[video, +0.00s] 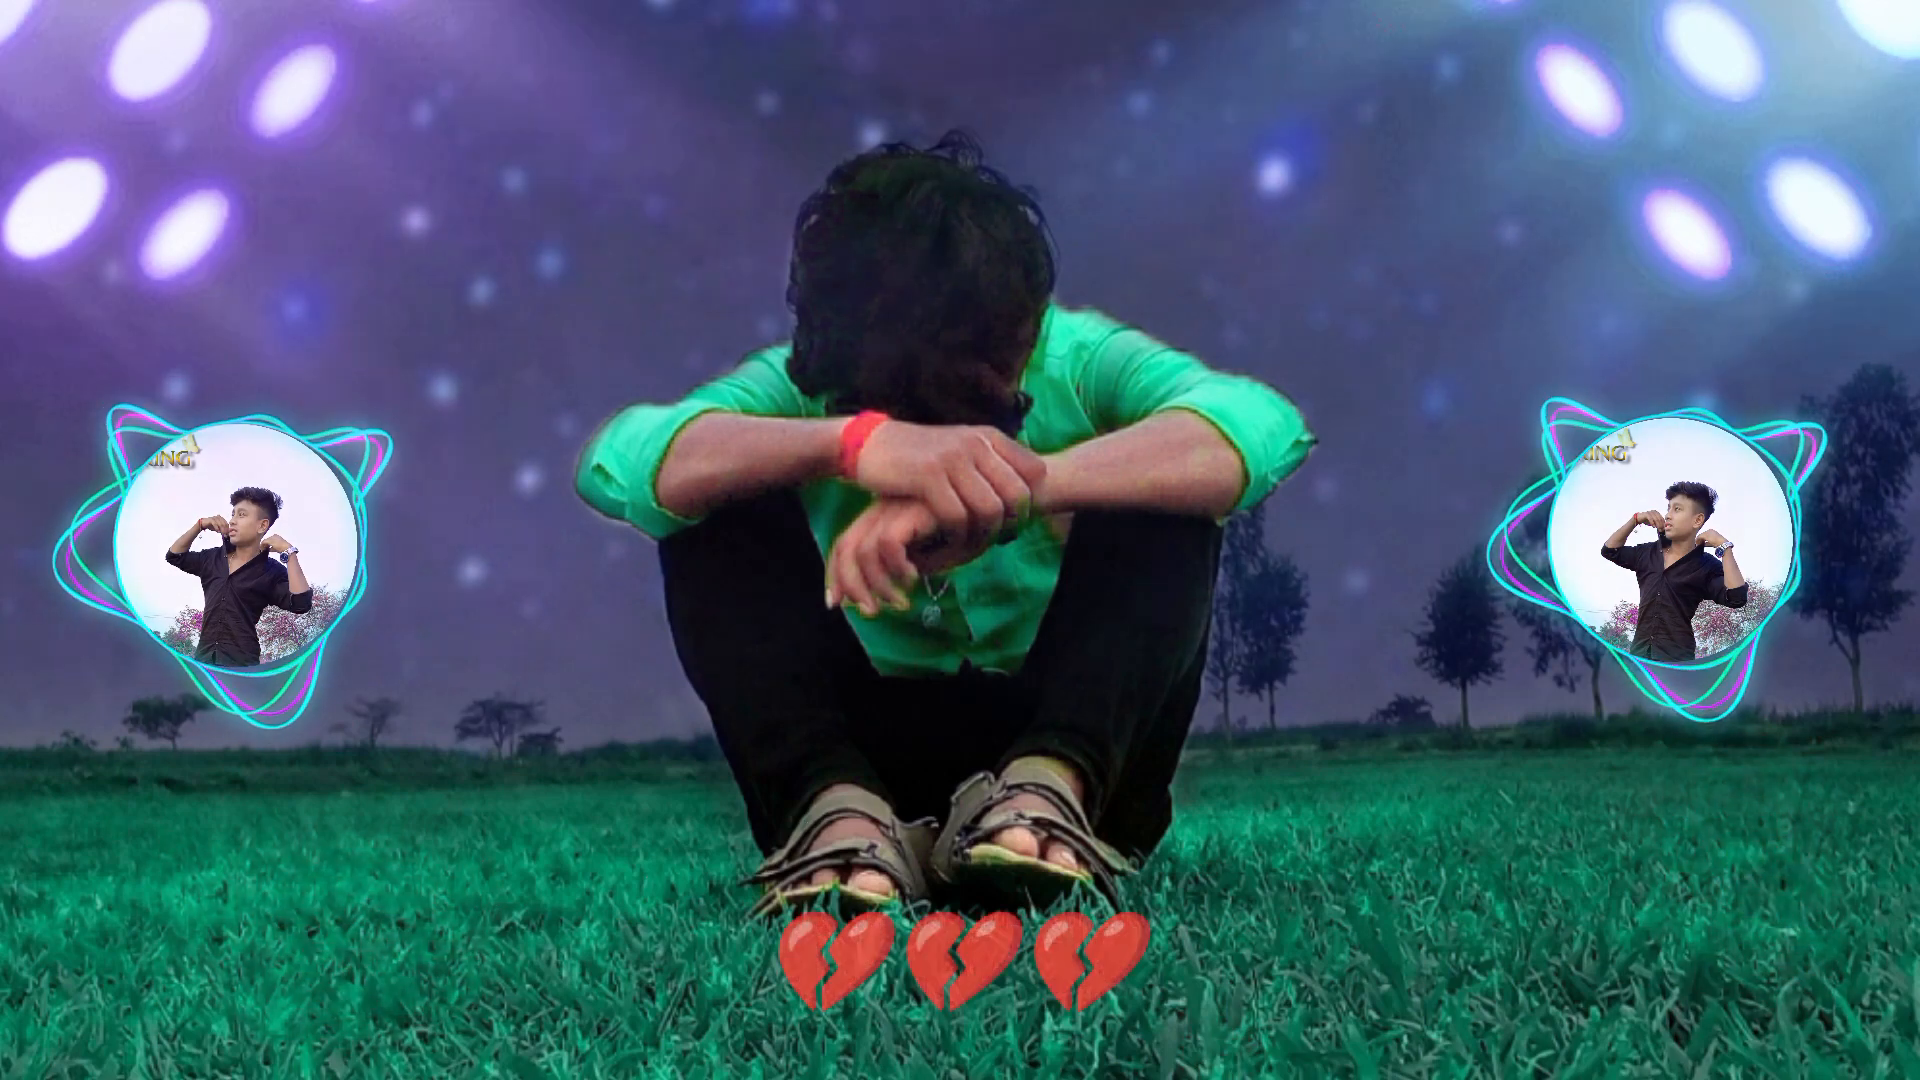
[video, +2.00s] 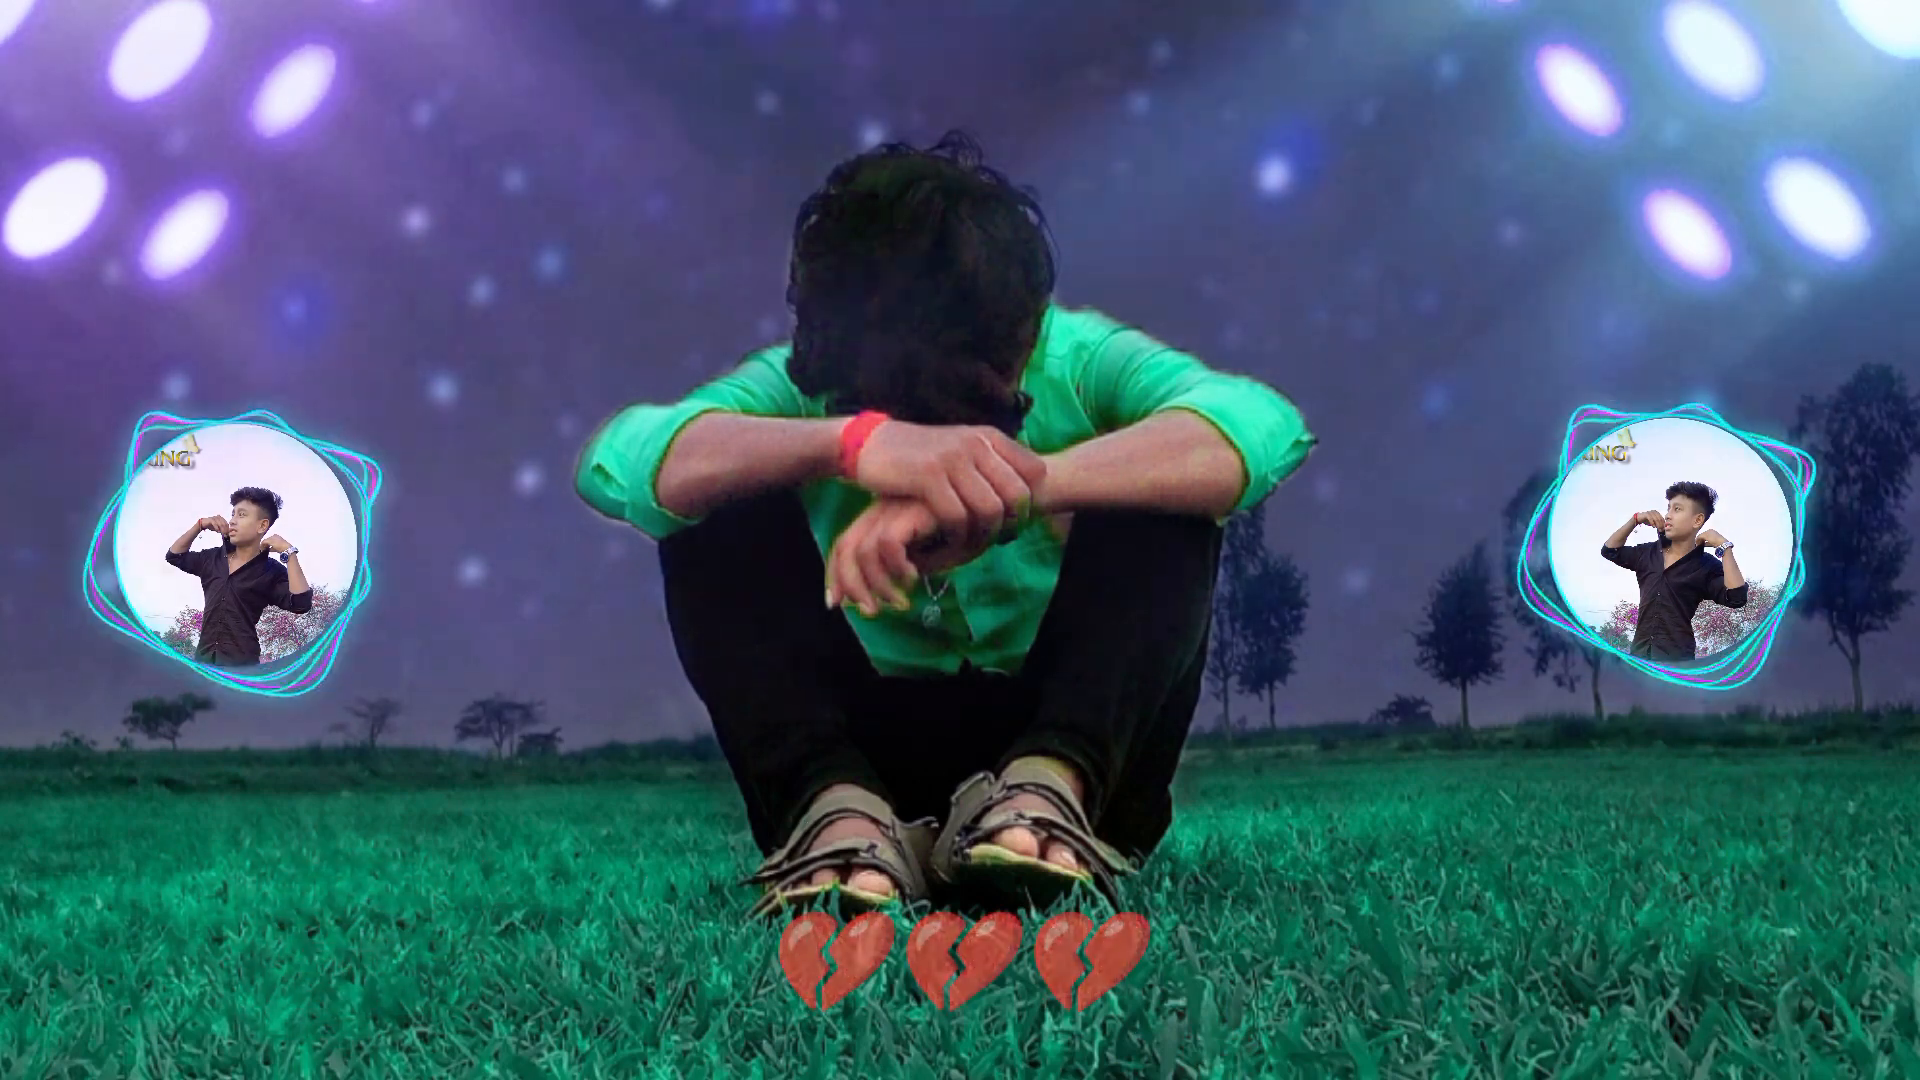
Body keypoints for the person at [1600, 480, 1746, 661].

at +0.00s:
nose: (1667, 515)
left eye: (1677, 509)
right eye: (1668, 509)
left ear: (1698, 520)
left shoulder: (1705, 564)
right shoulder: (1647, 553)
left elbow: (1737, 599)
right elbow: (1609, 551)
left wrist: (1725, 547)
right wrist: (1635, 520)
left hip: (1677, 660)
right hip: (1639, 655)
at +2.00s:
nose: (1667, 515)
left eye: (1677, 509)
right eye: (1668, 509)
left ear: (1698, 520)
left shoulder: (1705, 565)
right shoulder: (1647, 553)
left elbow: (1737, 599)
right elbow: (1609, 551)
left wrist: (1725, 547)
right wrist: (1634, 520)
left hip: (1677, 659)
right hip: (1639, 654)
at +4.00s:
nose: (1667, 515)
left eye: (1677, 509)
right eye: (1668, 508)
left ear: (1698, 520)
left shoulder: (1705, 565)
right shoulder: (1647, 553)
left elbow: (1737, 599)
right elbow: (1609, 551)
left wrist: (1725, 547)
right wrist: (1634, 521)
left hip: (1677, 659)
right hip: (1639, 654)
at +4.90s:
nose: (1667, 515)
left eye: (1677, 509)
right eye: (1668, 509)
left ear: (1698, 520)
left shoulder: (1705, 565)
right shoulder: (1647, 553)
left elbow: (1737, 599)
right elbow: (1609, 551)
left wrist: (1724, 547)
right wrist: (1634, 520)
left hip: (1677, 661)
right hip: (1638, 656)